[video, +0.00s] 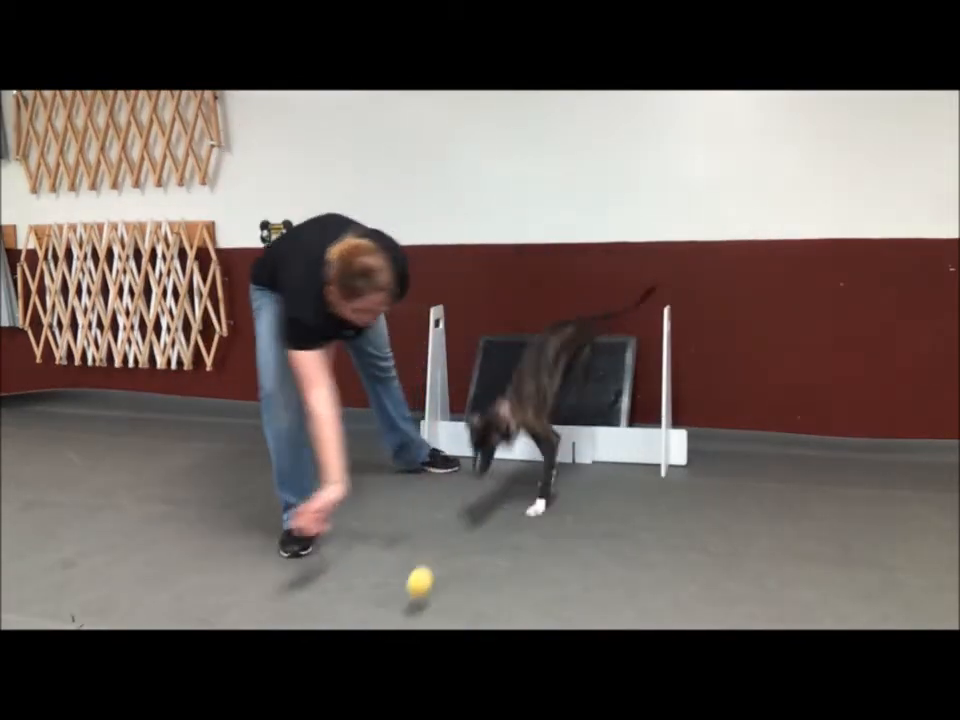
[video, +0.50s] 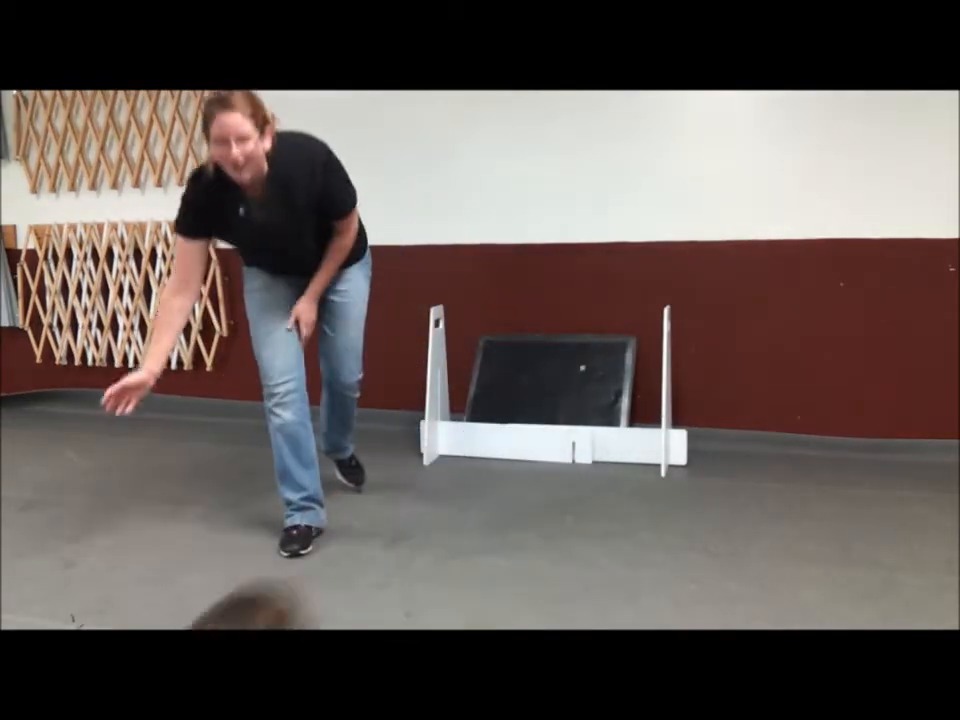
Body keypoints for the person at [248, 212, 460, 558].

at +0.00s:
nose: (371, 321)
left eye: (379, 311)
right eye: (361, 311)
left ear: (389, 293)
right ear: (333, 293)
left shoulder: (393, 269)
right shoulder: (303, 296)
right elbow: (318, 391)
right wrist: (335, 482)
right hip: (278, 286)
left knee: (381, 366)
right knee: (278, 394)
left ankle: (410, 450)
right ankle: (297, 512)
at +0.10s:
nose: (323, 306)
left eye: (331, 296)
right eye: (311, 299)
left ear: (341, 275)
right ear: (284, 284)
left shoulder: (366, 263)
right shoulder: (263, 288)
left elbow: (347, 304)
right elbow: (265, 383)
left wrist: (321, 335)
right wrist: (260, 474)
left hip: (352, 295)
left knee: (368, 369)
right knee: (278, 395)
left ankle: (381, 453)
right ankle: (299, 513)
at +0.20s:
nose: (283, 277)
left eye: (290, 266)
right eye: (271, 270)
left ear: (305, 250)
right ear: (250, 261)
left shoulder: (345, 239)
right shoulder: (234, 272)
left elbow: (360, 271)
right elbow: (224, 360)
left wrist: (321, 329)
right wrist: (200, 453)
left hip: (343, 281)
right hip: (276, 302)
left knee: (356, 365)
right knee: (274, 397)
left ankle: (354, 445)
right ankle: (299, 512)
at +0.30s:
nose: (256, 240)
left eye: (262, 227)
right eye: (243, 232)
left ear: (282, 208)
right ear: (227, 223)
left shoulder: (321, 205)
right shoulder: (217, 244)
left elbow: (357, 251)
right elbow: (198, 333)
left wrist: (322, 311)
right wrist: (164, 425)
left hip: (340, 273)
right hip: (271, 287)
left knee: (351, 367)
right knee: (276, 393)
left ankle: (349, 444)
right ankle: (301, 512)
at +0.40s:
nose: (241, 195)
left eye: (249, 181)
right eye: (229, 184)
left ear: (271, 171)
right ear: (213, 181)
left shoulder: (313, 179)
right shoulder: (209, 216)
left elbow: (354, 238)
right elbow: (182, 312)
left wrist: (318, 301)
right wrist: (148, 397)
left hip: (342, 264)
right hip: (270, 275)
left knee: (347, 371)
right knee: (281, 391)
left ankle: (351, 447)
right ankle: (301, 511)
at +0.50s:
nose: (234, 153)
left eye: (243, 139)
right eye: (222, 142)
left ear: (265, 134)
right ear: (208, 145)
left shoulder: (310, 159)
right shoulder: (204, 191)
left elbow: (347, 229)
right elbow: (181, 288)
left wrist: (313, 294)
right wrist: (149, 369)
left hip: (339, 264)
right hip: (269, 273)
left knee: (345, 376)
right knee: (282, 390)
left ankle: (339, 446)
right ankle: (302, 511)